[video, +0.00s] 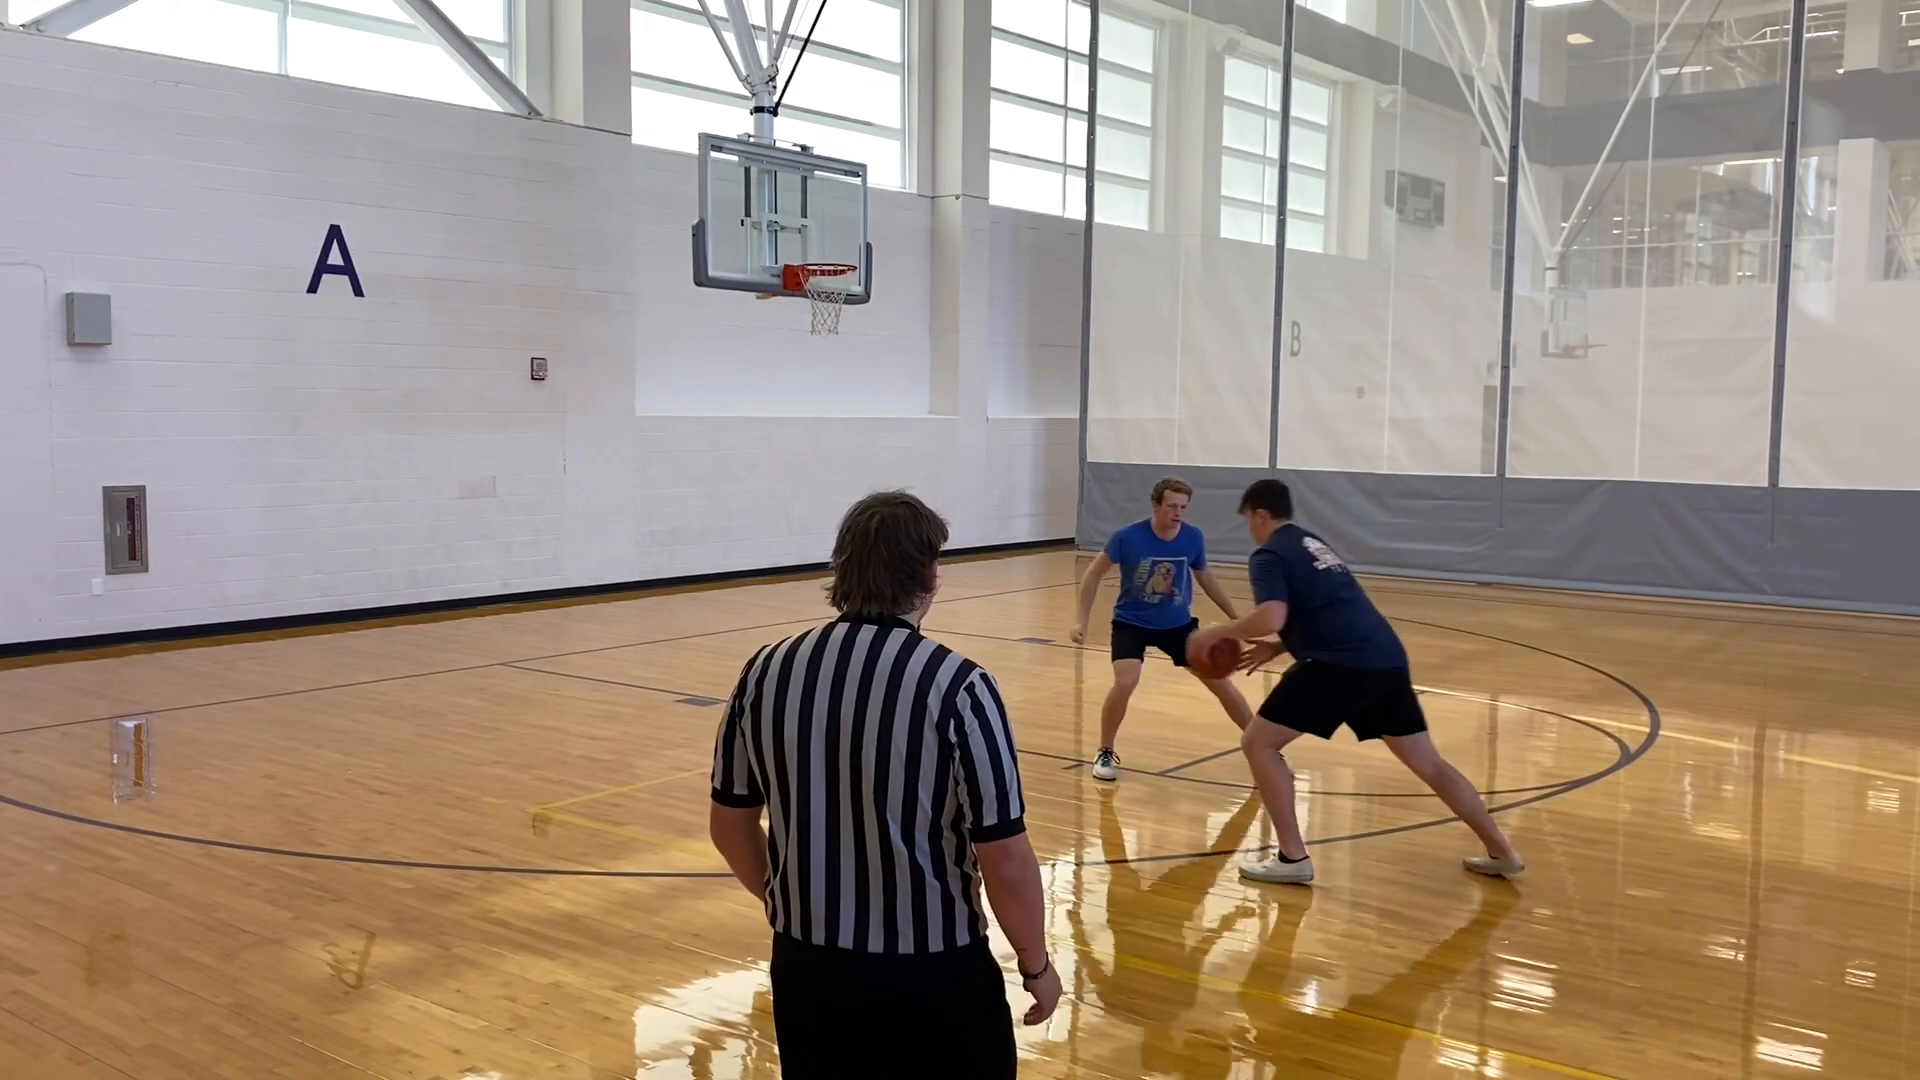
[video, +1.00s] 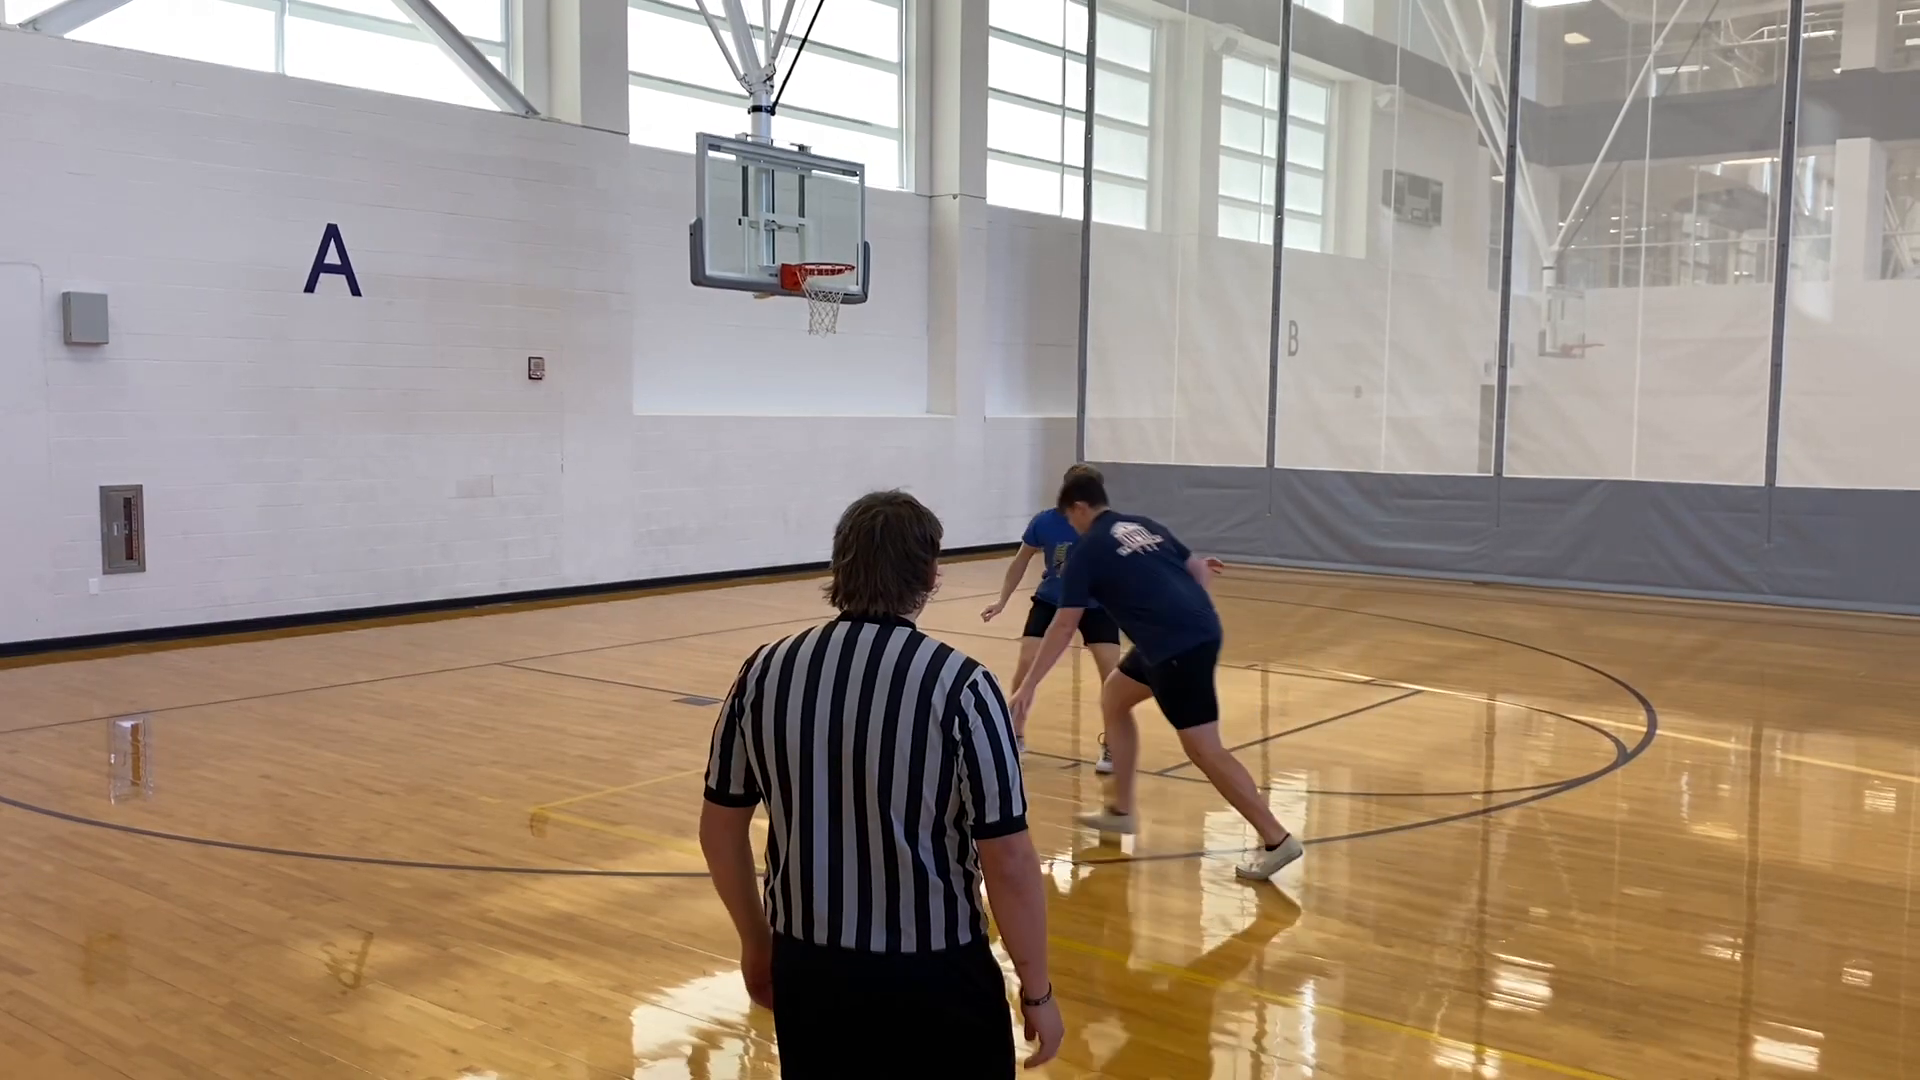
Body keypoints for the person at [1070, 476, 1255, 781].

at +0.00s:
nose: (1178, 512)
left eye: (1183, 507)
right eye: (1172, 506)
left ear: (1187, 508)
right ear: (1155, 506)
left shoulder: (1192, 538)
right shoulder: (1127, 538)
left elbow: (1205, 577)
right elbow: (1094, 574)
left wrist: (1235, 618)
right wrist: (1082, 623)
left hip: (1177, 624)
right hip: (1131, 623)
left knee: (1220, 681)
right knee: (1126, 681)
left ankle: (1263, 746)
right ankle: (1106, 752)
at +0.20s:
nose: (1156, 503)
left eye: (1161, 497)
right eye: (1149, 496)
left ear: (1166, 499)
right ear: (1134, 496)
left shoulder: (1172, 529)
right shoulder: (1106, 527)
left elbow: (1192, 568)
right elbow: (1074, 558)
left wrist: (1221, 601)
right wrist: (1057, 602)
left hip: (1158, 613)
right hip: (1113, 613)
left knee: (1198, 677)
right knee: (1116, 677)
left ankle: (1240, 741)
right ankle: (1104, 752)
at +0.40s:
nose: (1135, 495)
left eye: (1141, 489)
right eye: (1129, 489)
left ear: (1148, 491)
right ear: (1116, 488)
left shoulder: (1157, 522)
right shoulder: (1089, 517)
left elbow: (1187, 556)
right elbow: (1059, 548)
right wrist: (1037, 590)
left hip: (1142, 608)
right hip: (1097, 609)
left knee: (1175, 666)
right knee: (1099, 676)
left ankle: (1193, 740)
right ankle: (1102, 751)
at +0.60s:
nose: (1117, 491)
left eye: (1123, 486)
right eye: (1112, 485)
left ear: (1130, 488)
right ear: (1100, 484)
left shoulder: (1136, 518)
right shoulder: (1074, 512)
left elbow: (1154, 556)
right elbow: (1045, 547)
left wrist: (1153, 595)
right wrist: (1024, 588)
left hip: (1122, 599)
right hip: (1078, 599)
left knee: (1150, 662)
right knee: (1077, 670)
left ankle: (1147, 732)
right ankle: (1084, 744)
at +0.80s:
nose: (1102, 493)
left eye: (1109, 488)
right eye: (1097, 486)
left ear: (1117, 489)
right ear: (1086, 484)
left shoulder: (1122, 517)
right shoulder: (1062, 514)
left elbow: (1139, 557)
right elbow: (1035, 551)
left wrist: (1143, 595)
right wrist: (1015, 592)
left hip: (1111, 599)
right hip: (1067, 598)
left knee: (1133, 662)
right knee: (1058, 661)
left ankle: (1125, 733)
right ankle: (1060, 740)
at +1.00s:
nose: (1084, 495)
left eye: (1088, 489)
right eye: (1078, 488)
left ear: (1091, 493)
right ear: (1068, 491)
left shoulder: (1105, 522)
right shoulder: (1045, 522)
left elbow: (1125, 565)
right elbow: (1021, 561)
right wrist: (1002, 601)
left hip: (1095, 603)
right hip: (1051, 600)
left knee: (1112, 672)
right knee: (1027, 662)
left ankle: (1111, 743)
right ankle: (1015, 734)